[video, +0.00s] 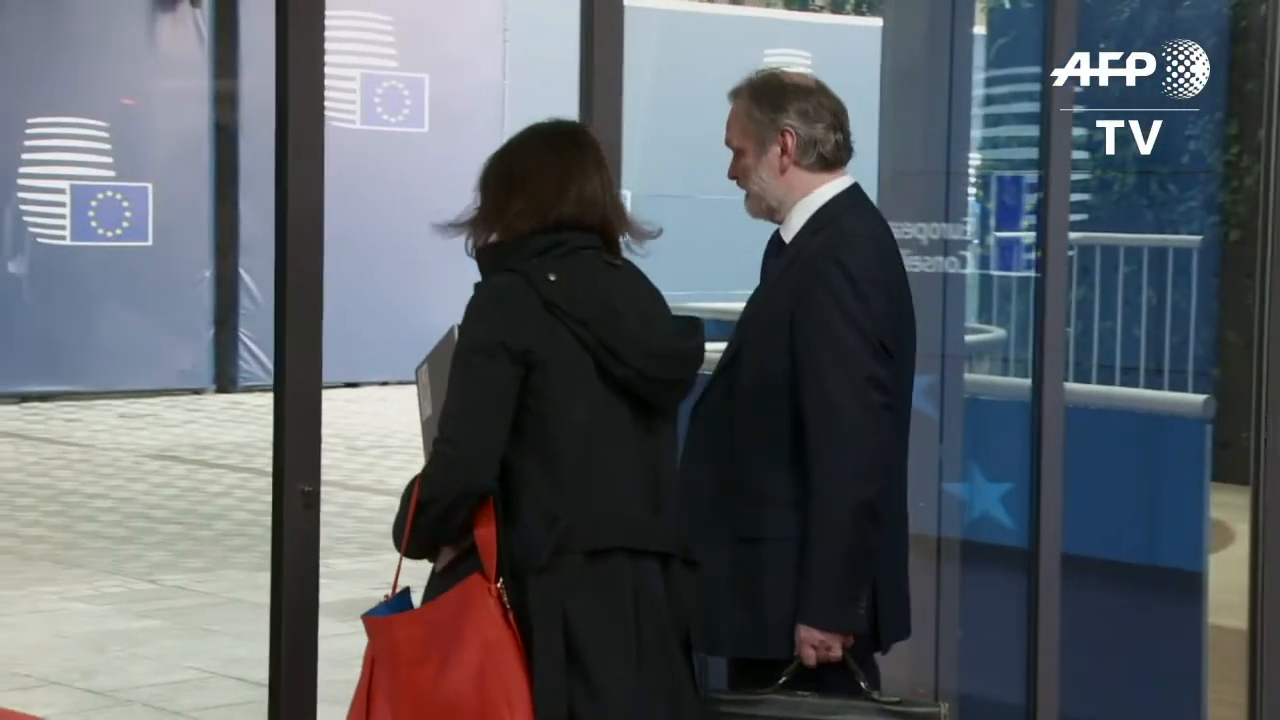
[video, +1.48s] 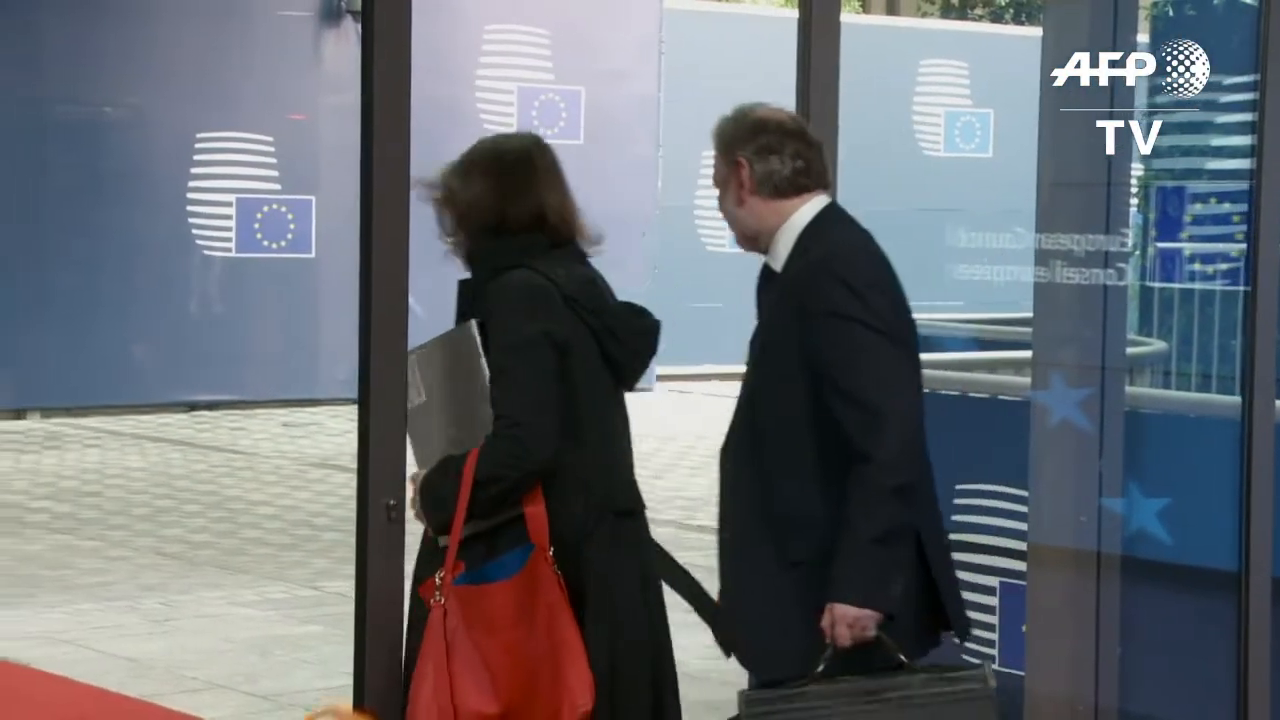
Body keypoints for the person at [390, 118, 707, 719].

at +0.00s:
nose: (488, 215)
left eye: (495, 198)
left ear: (511, 200)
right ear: (599, 196)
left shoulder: (508, 295)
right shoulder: (637, 296)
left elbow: (469, 462)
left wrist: (418, 523)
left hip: (555, 588)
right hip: (646, 584)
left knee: (561, 708)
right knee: (644, 705)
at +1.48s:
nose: (451, 228)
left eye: (457, 211)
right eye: (450, 211)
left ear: (481, 213)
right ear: (547, 204)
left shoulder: (513, 293)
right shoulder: (572, 281)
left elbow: (528, 439)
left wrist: (440, 491)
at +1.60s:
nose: (430, 219)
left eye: (436, 205)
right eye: (433, 203)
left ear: (454, 213)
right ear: (518, 203)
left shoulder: (491, 297)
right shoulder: (533, 281)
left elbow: (515, 445)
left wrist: (419, 502)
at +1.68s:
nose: (411, 233)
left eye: (417, 216)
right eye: (415, 213)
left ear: (432, 221)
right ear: (499, 210)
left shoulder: (472, 305)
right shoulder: (522, 289)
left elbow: (500, 444)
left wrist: (417, 504)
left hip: (525, 572)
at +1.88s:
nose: (367, 264)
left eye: (372, 249)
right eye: (365, 251)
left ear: (402, 234)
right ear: (461, 225)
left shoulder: (413, 303)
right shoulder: (498, 295)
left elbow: (430, 446)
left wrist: (354, 496)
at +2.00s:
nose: (360, 236)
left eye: (367, 219)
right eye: (362, 222)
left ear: (389, 216)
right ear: (452, 209)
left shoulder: (406, 284)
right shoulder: (488, 275)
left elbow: (421, 409)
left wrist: (341, 465)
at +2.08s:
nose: (358, 213)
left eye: (364, 199)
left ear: (374, 203)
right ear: (453, 197)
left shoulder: (390, 278)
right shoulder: (480, 267)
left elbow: (404, 404)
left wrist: (327, 457)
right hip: (489, 487)